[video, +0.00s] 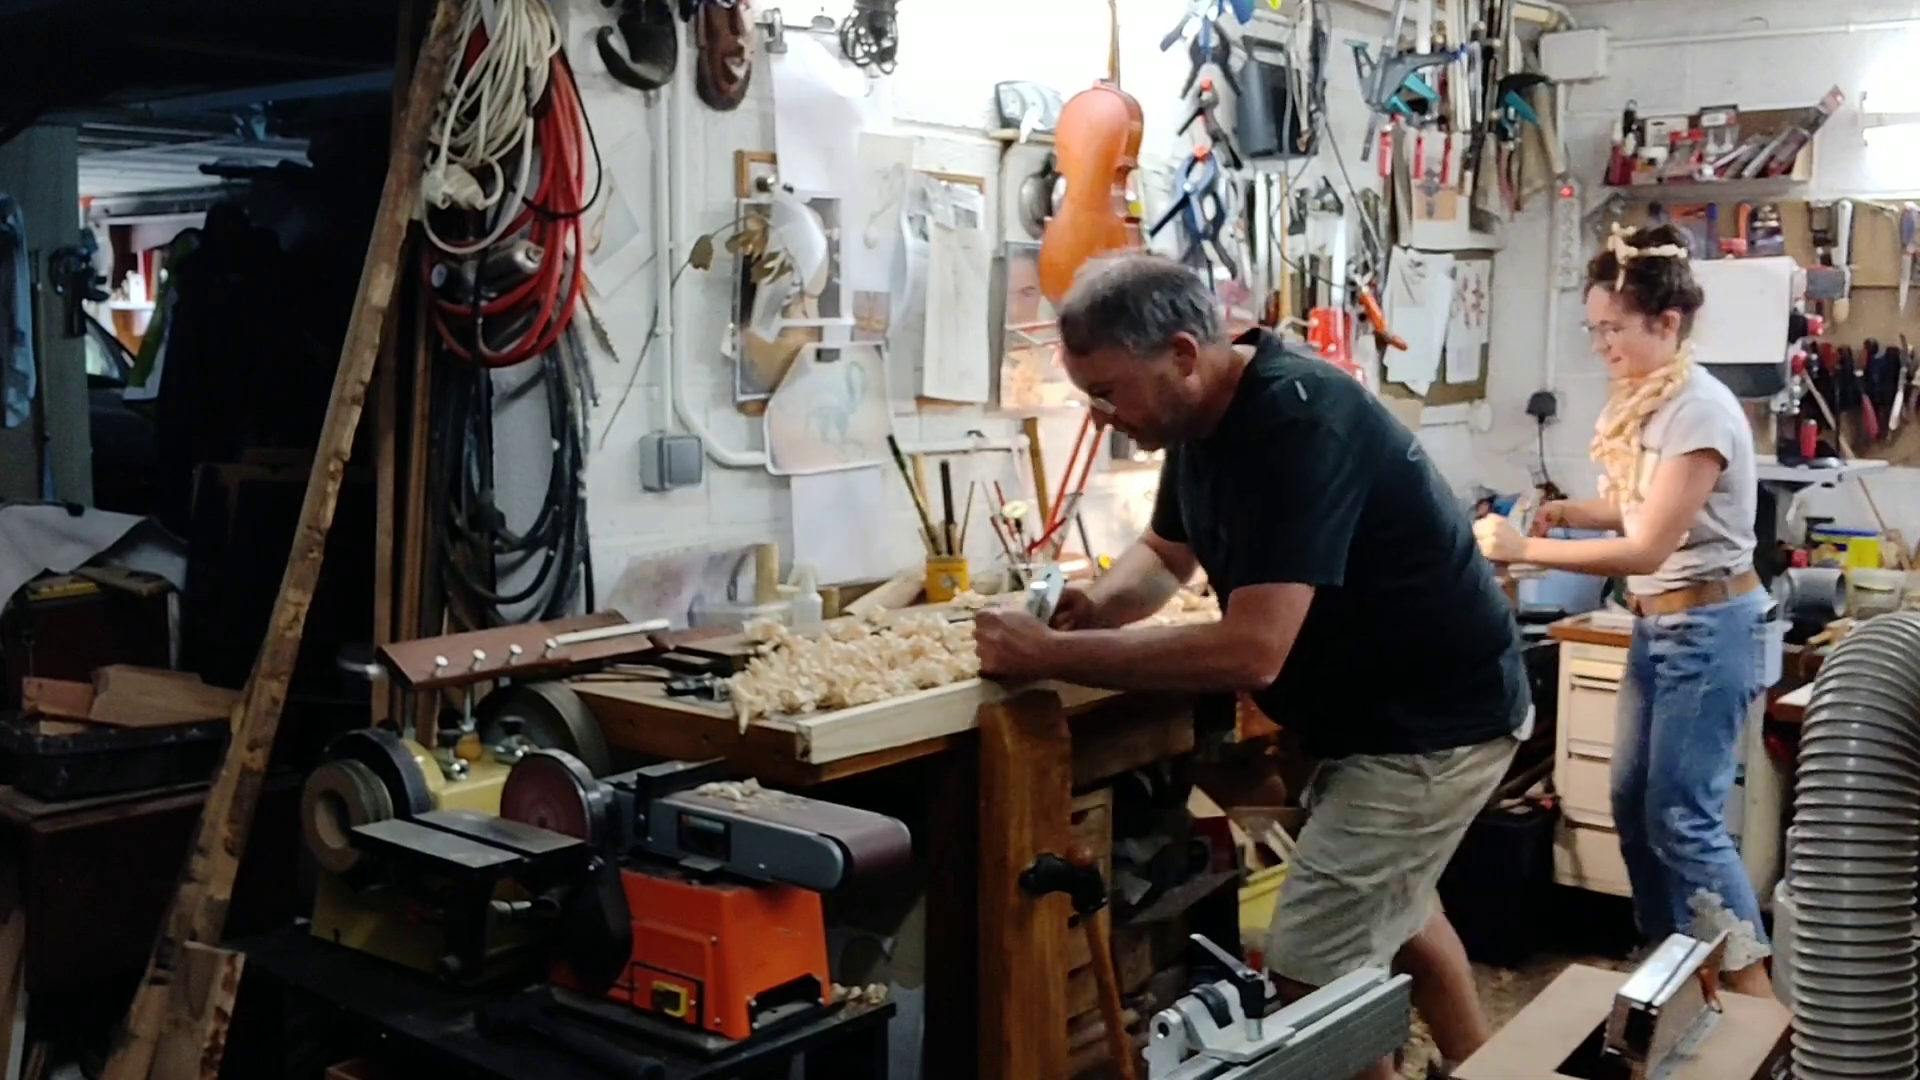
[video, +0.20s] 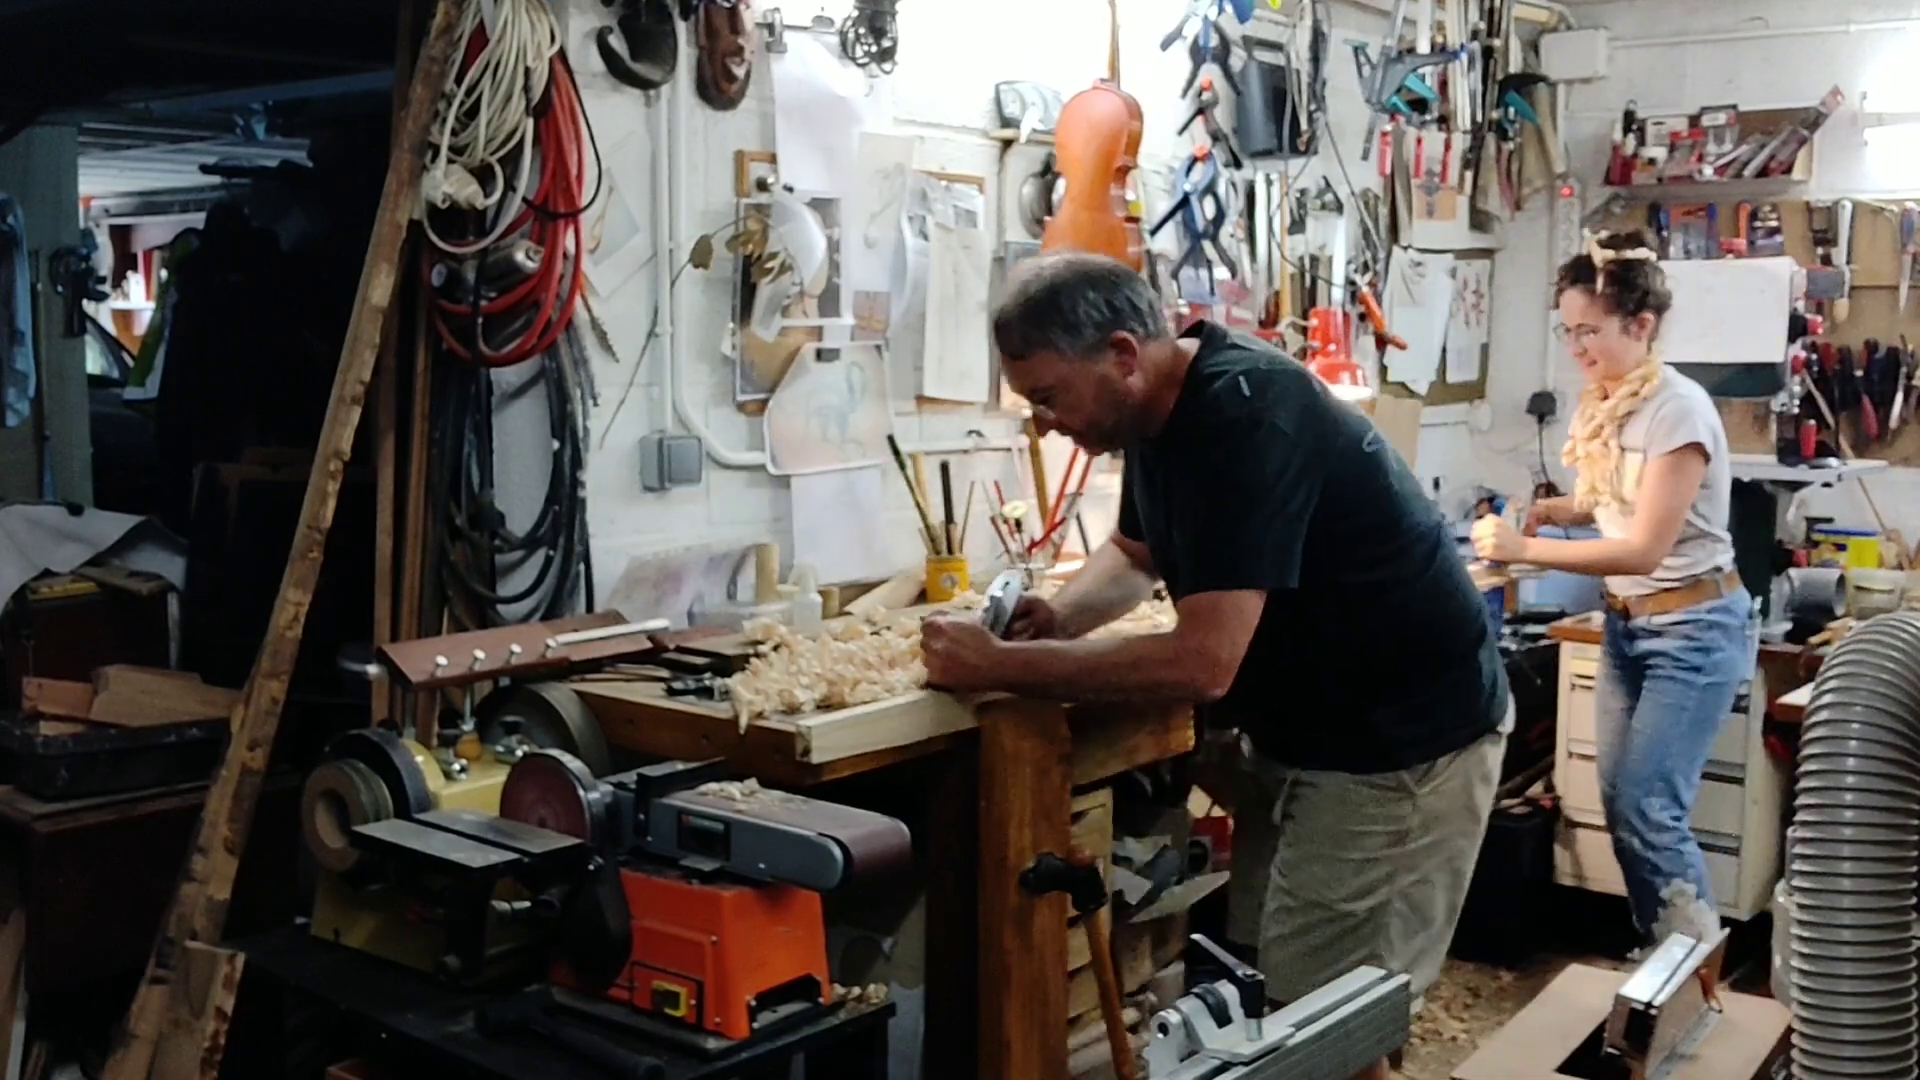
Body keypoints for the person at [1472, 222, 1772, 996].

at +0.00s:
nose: (1600, 345)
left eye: (1610, 328)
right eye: (1594, 330)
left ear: (1666, 321)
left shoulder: (1700, 409)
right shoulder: (1638, 406)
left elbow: (1646, 548)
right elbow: (1631, 510)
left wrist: (1523, 550)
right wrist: (1561, 510)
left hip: (1712, 628)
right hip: (1656, 625)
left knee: (1685, 818)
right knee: (1635, 805)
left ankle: (1749, 982)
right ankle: (1672, 963)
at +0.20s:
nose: (1577, 348)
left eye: (1589, 331)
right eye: (1570, 333)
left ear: (1642, 325)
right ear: (1568, 331)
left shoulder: (1680, 409)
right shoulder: (1601, 409)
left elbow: (1644, 552)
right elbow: (1601, 507)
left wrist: (1527, 549)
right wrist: (1535, 512)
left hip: (1695, 628)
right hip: (1626, 627)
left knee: (1645, 805)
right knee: (1624, 805)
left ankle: (1700, 984)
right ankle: (1669, 971)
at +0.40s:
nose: (1567, 355)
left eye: (1580, 338)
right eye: (1559, 340)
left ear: (1633, 334)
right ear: (1555, 336)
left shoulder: (1671, 414)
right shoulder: (1585, 410)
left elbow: (1636, 555)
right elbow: (1581, 491)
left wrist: (1521, 552)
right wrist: (1523, 510)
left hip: (1686, 636)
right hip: (1613, 632)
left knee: (1638, 811)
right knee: (1616, 807)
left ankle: (1665, 987)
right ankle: (1657, 973)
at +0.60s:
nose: (1556, 369)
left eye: (1570, 353)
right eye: (1547, 353)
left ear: (1623, 344)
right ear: (1539, 343)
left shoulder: (1660, 425)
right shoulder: (1579, 413)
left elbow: (1619, 565)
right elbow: (1565, 488)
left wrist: (1505, 554)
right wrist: (1504, 512)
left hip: (1677, 640)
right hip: (1616, 636)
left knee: (1618, 818)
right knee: (1631, 819)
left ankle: (1656, 992)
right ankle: (1680, 979)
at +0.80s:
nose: (1545, 377)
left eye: (1559, 361)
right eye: (1536, 360)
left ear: (1611, 350)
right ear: (1528, 346)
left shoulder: (1650, 429)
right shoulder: (1568, 417)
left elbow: (1605, 567)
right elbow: (1538, 489)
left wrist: (1489, 557)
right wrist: (1479, 518)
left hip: (1678, 647)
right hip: (1615, 643)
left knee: (1618, 828)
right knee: (1632, 825)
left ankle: (1659, 1000)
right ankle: (1685, 976)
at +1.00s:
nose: (1527, 389)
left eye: (1542, 374)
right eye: (1520, 372)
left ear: (1596, 361)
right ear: (1515, 354)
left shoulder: (1640, 436)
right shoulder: (1554, 423)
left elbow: (1581, 572)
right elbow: (1498, 504)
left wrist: (1456, 563)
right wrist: (1439, 534)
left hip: (1679, 651)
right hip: (1610, 651)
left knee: (1619, 833)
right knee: (1628, 830)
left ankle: (1659, 1001)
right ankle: (1687, 978)